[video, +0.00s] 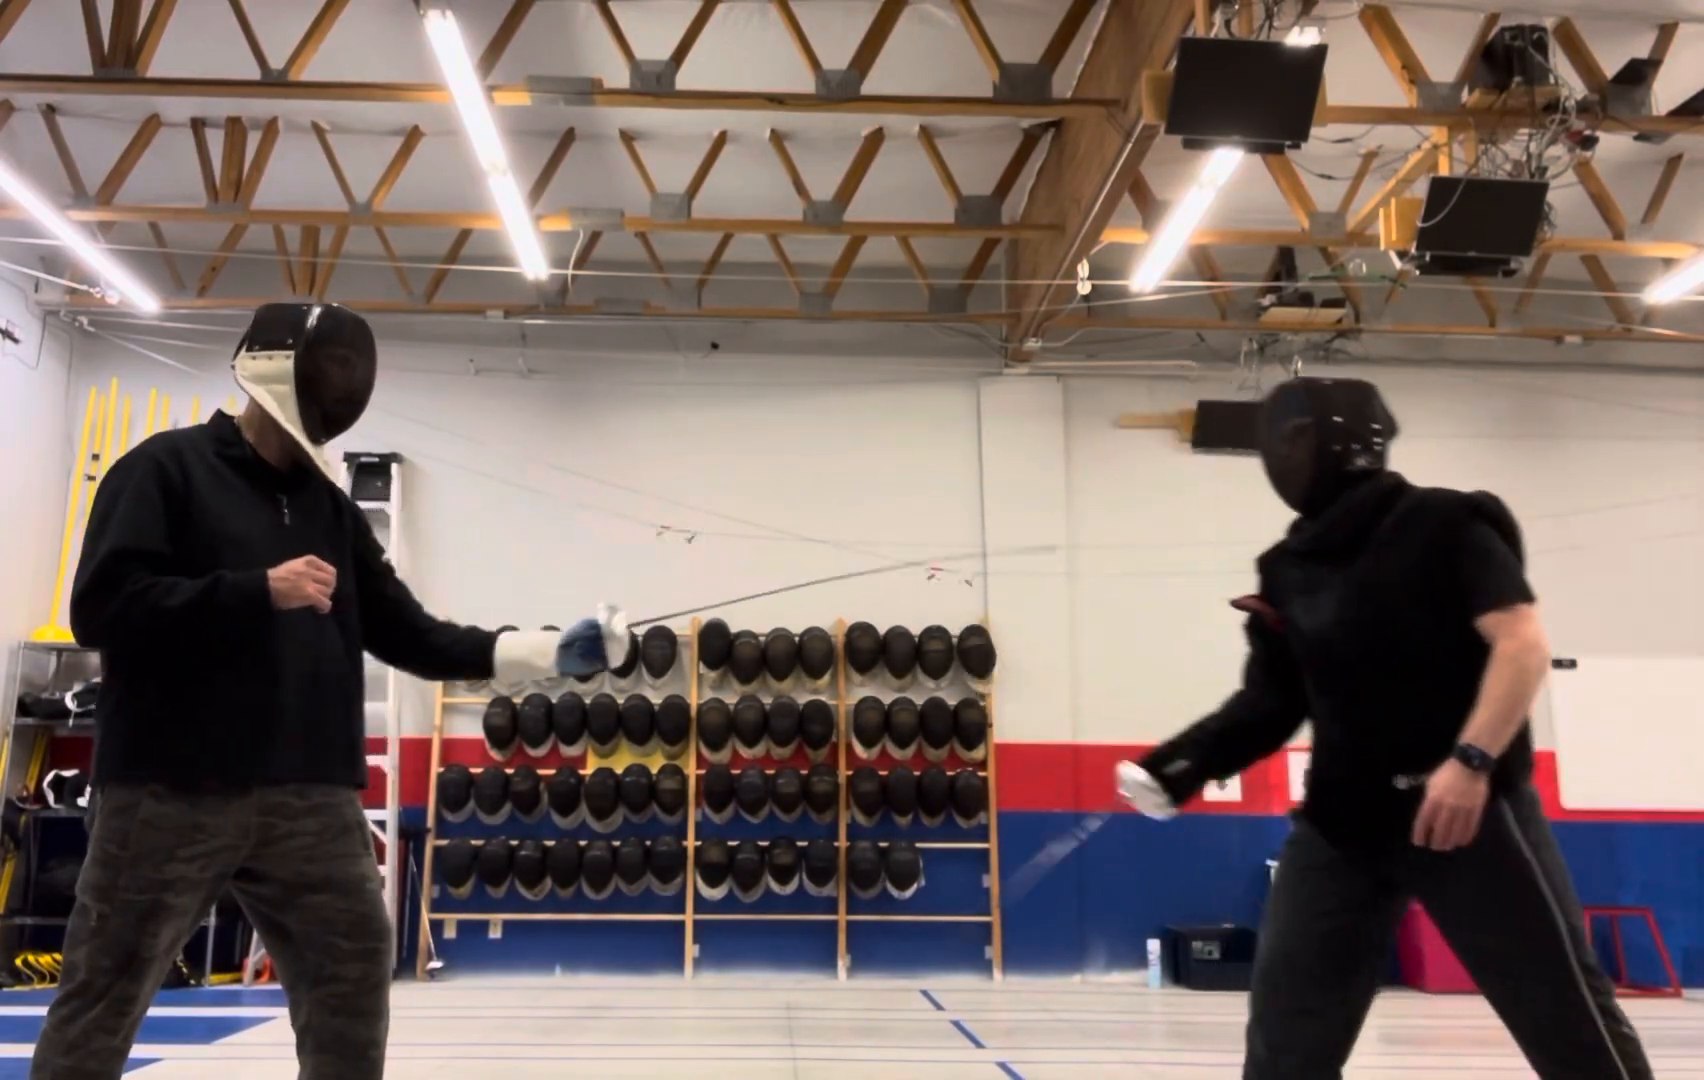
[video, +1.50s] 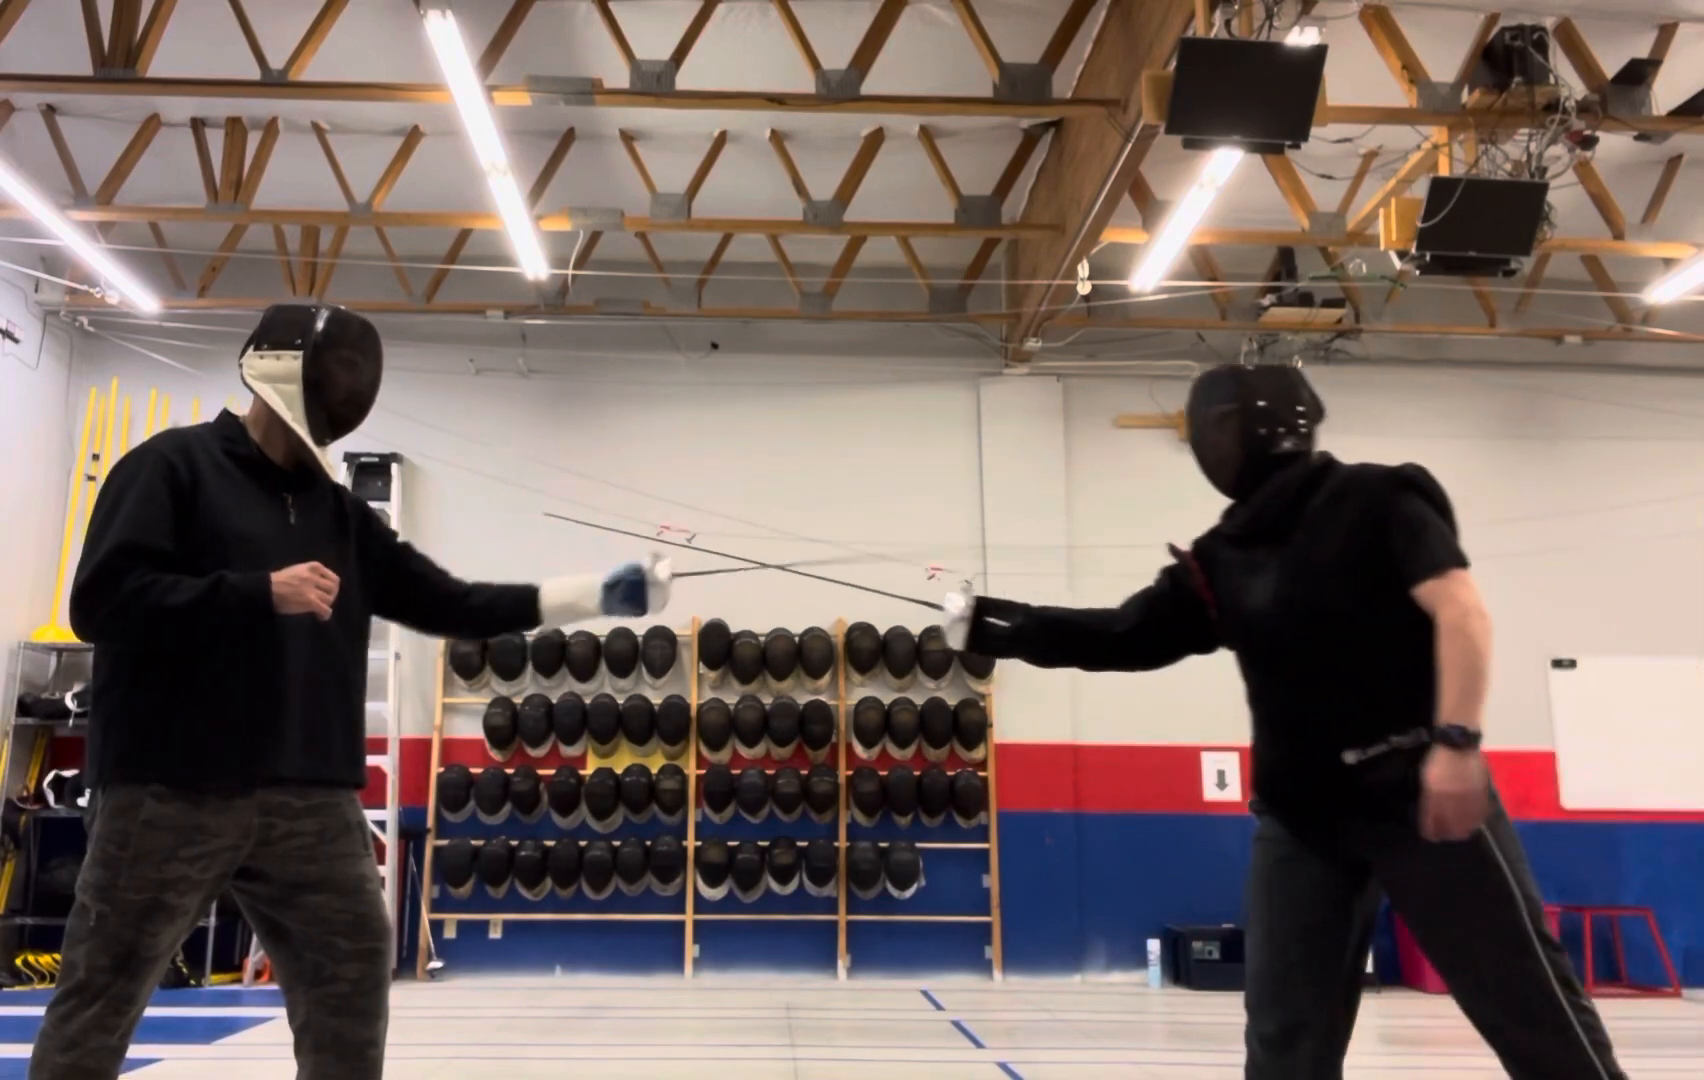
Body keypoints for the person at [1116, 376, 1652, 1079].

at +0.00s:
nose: (1276, 463)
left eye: (1288, 443)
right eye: (1273, 448)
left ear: (1334, 441)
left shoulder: (1447, 525)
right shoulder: (1290, 571)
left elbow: (1525, 646)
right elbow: (1272, 701)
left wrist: (1471, 762)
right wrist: (1180, 768)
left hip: (1471, 814)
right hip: (1343, 824)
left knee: (1572, 1027)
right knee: (1286, 1043)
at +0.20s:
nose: (1378, 465)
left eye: (1390, 444)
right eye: (1374, 449)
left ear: (1439, 439)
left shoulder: (1559, 522)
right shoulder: (1392, 567)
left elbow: (1631, 648)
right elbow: (1367, 696)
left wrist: (1580, 770)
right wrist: (1260, 737)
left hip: (1574, 818)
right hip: (1447, 827)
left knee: (1631, 1036)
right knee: (1386, 1037)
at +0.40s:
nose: (1423, 452)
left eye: (1436, 431)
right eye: (1420, 438)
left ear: (1487, 424)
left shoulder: (1613, 510)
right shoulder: (1440, 558)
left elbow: (1682, 626)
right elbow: (1378, 671)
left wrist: (1682, 762)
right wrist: (1257, 661)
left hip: (1621, 803)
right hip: (1495, 815)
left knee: (1657, 1026)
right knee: (1466, 999)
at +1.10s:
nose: (1396, 461)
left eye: (1408, 441)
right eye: (1388, 448)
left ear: (1457, 434)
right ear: (1395, 456)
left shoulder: (1583, 512)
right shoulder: (1404, 565)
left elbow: (1665, 627)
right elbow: (1288, 617)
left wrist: (1665, 754)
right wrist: (1161, 612)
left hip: (1605, 812)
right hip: (1474, 826)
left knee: (1657, 1041)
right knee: (1424, 1042)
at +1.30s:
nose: (1308, 469)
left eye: (1319, 448)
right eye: (1305, 454)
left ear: (1367, 442)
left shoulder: (1494, 521)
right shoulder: (1323, 577)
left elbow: (1576, 638)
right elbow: (1211, 635)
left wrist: (1598, 768)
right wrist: (1080, 626)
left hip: (1525, 823)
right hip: (1396, 838)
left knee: (1611, 1043)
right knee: (1350, 1050)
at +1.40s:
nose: (1253, 463)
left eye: (1263, 440)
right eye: (1248, 446)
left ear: (1312, 431)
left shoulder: (1436, 511)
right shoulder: (1273, 570)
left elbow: (1516, 629)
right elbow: (1170, 642)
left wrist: (1535, 758)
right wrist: (1035, 630)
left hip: (1467, 810)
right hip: (1342, 828)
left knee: (1574, 1033)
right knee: (1304, 1051)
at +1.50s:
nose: (1204, 452)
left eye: (1213, 430)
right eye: (1200, 436)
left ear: (1263, 423)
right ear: (1264, 431)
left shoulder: (1382, 498)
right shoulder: (1222, 562)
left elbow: (1462, 614)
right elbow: (1126, 634)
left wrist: (1458, 742)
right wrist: (996, 627)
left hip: (1424, 793)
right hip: (1302, 820)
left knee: (1537, 1020)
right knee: (1285, 1048)